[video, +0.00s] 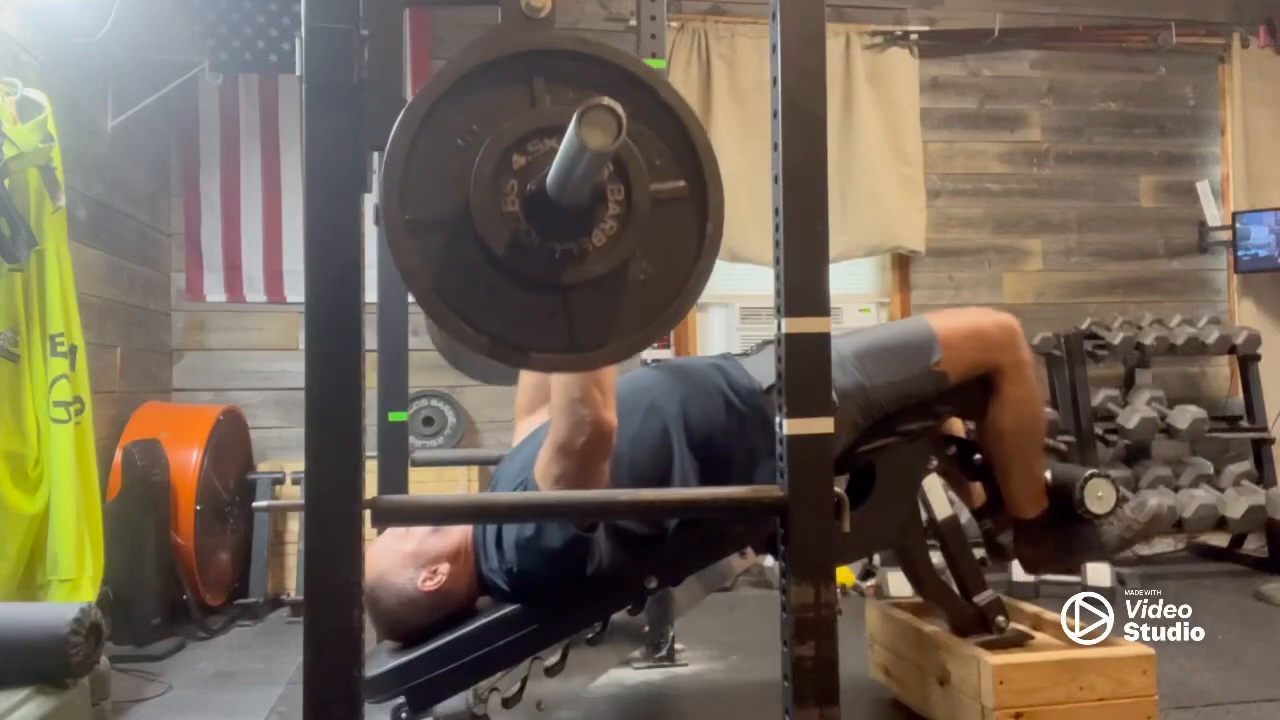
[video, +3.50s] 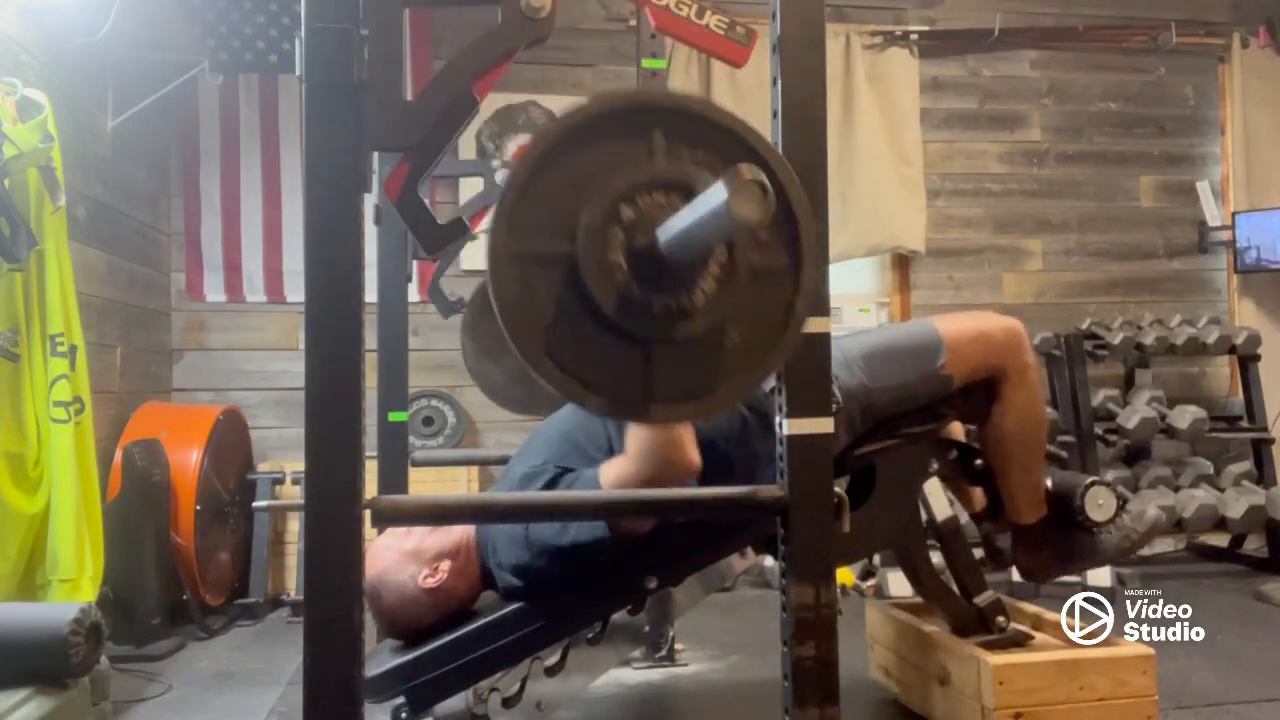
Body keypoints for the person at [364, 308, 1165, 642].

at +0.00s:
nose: (418, 531)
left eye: (400, 535)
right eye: (414, 549)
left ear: (427, 549)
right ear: (443, 581)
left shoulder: (496, 504)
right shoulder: (527, 556)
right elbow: (583, 418)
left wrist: (552, 276)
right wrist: (552, 280)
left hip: (749, 379)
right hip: (772, 431)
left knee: (947, 323)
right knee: (996, 337)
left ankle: (985, 479)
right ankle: (1033, 524)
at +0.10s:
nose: (413, 527)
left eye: (396, 532)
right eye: (410, 545)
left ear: (430, 554)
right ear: (444, 578)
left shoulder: (497, 504)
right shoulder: (527, 556)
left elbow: (553, 387)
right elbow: (578, 404)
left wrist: (524, 247)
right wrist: (563, 249)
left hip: (745, 379)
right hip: (770, 428)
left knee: (946, 326)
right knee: (996, 336)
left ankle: (986, 482)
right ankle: (1033, 524)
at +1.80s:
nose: (415, 531)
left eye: (397, 535)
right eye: (413, 551)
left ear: (425, 544)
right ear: (444, 580)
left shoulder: (493, 502)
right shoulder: (524, 549)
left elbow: (619, 430)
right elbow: (653, 468)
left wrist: (612, 315)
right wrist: (636, 331)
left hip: (742, 383)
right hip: (764, 432)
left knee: (925, 322)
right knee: (998, 337)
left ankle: (977, 469)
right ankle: (1032, 521)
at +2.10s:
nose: (418, 529)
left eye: (400, 536)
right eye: (417, 548)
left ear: (427, 549)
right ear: (446, 576)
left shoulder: (495, 501)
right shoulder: (532, 542)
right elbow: (695, 531)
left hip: (712, 396)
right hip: (752, 438)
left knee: (917, 316)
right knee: (999, 339)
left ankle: (983, 476)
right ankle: (1034, 527)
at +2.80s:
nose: (417, 532)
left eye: (399, 536)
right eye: (415, 552)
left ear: (427, 541)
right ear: (446, 577)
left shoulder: (501, 493)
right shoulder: (527, 549)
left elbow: (622, 427)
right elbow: (649, 454)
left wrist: (600, 310)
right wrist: (628, 317)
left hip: (744, 375)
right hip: (765, 427)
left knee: (955, 326)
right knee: (1001, 340)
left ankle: (986, 481)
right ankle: (1033, 527)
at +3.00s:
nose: (419, 532)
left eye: (402, 535)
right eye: (414, 552)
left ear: (428, 541)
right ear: (446, 580)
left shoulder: (503, 494)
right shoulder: (530, 553)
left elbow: (551, 375)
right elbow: (595, 400)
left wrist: (557, 218)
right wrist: (591, 235)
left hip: (745, 372)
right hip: (770, 421)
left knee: (955, 327)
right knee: (1000, 340)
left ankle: (992, 486)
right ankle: (1034, 529)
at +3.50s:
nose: (419, 531)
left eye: (402, 535)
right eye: (417, 550)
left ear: (428, 544)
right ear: (447, 578)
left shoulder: (496, 503)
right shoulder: (529, 546)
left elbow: (625, 426)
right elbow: (666, 461)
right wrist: (640, 323)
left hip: (741, 379)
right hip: (765, 430)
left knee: (950, 327)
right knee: (1003, 343)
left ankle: (995, 495)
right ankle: (1033, 532)